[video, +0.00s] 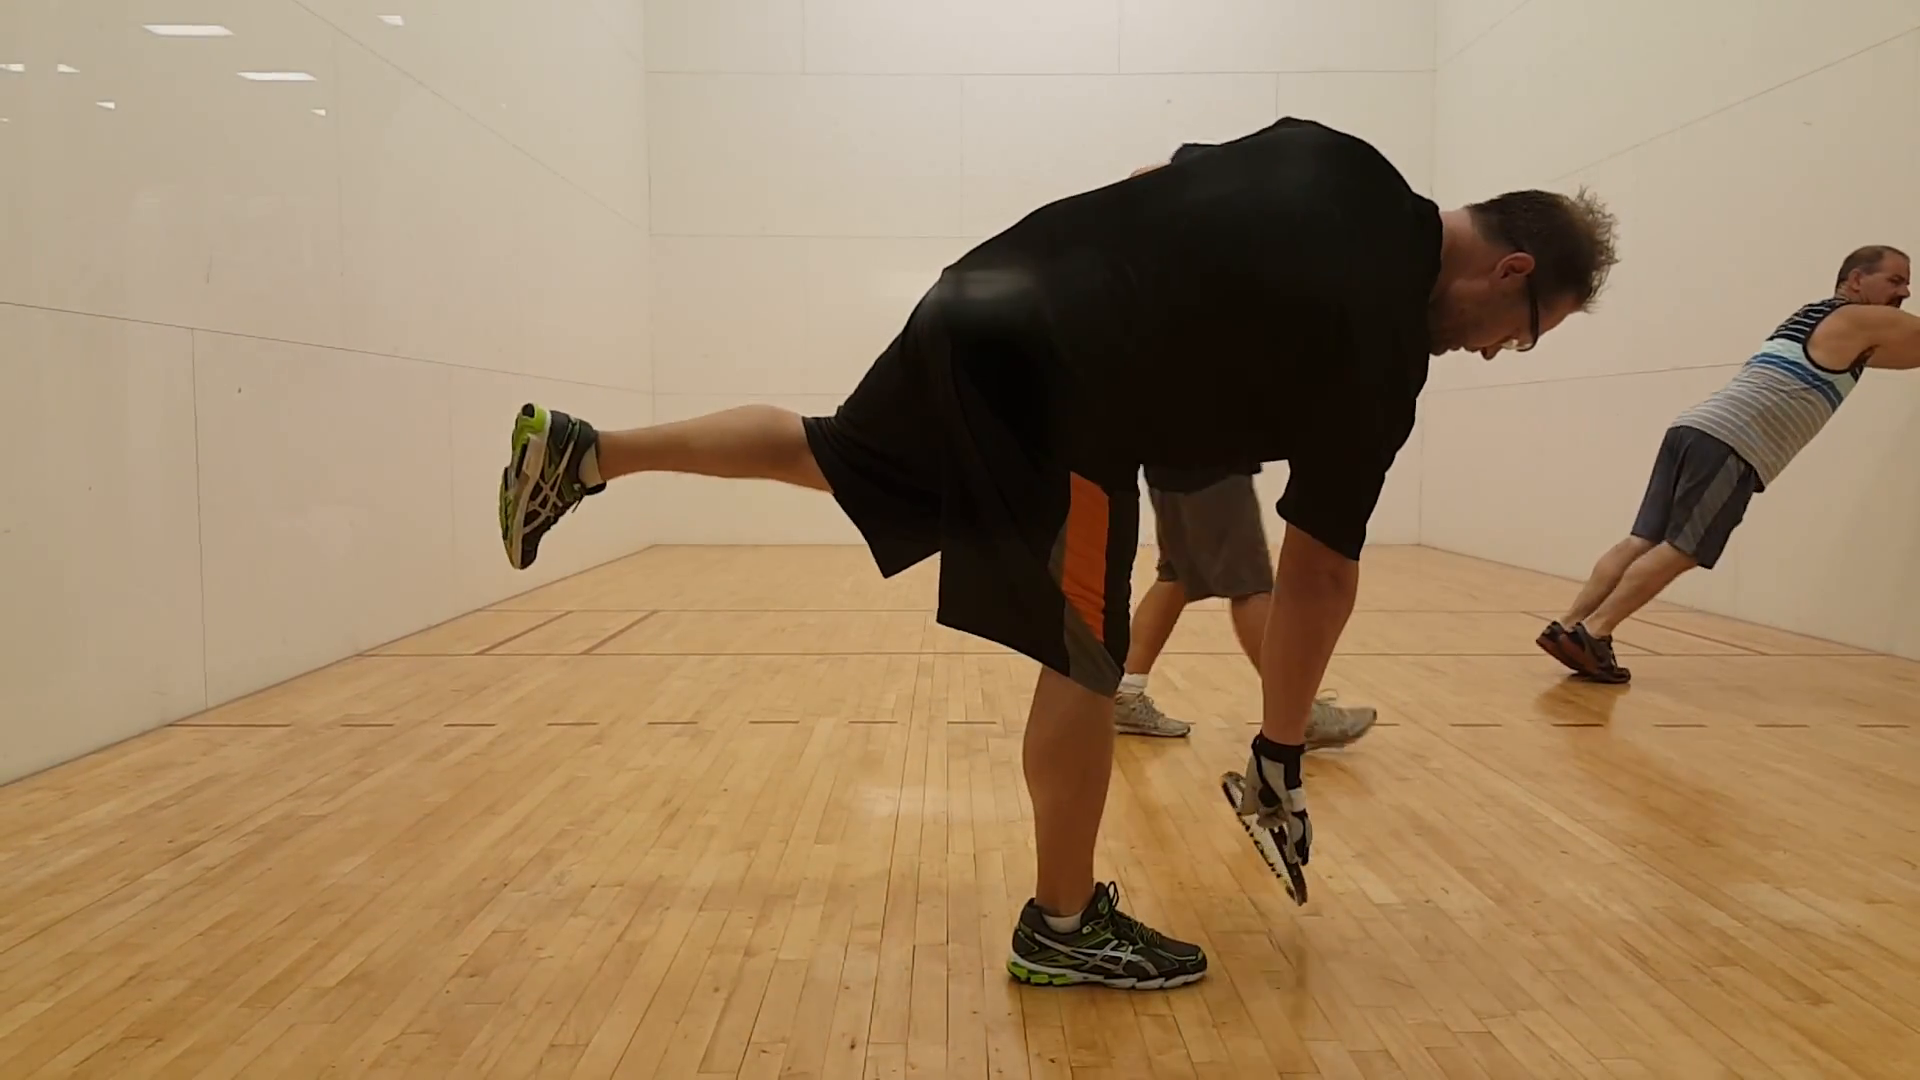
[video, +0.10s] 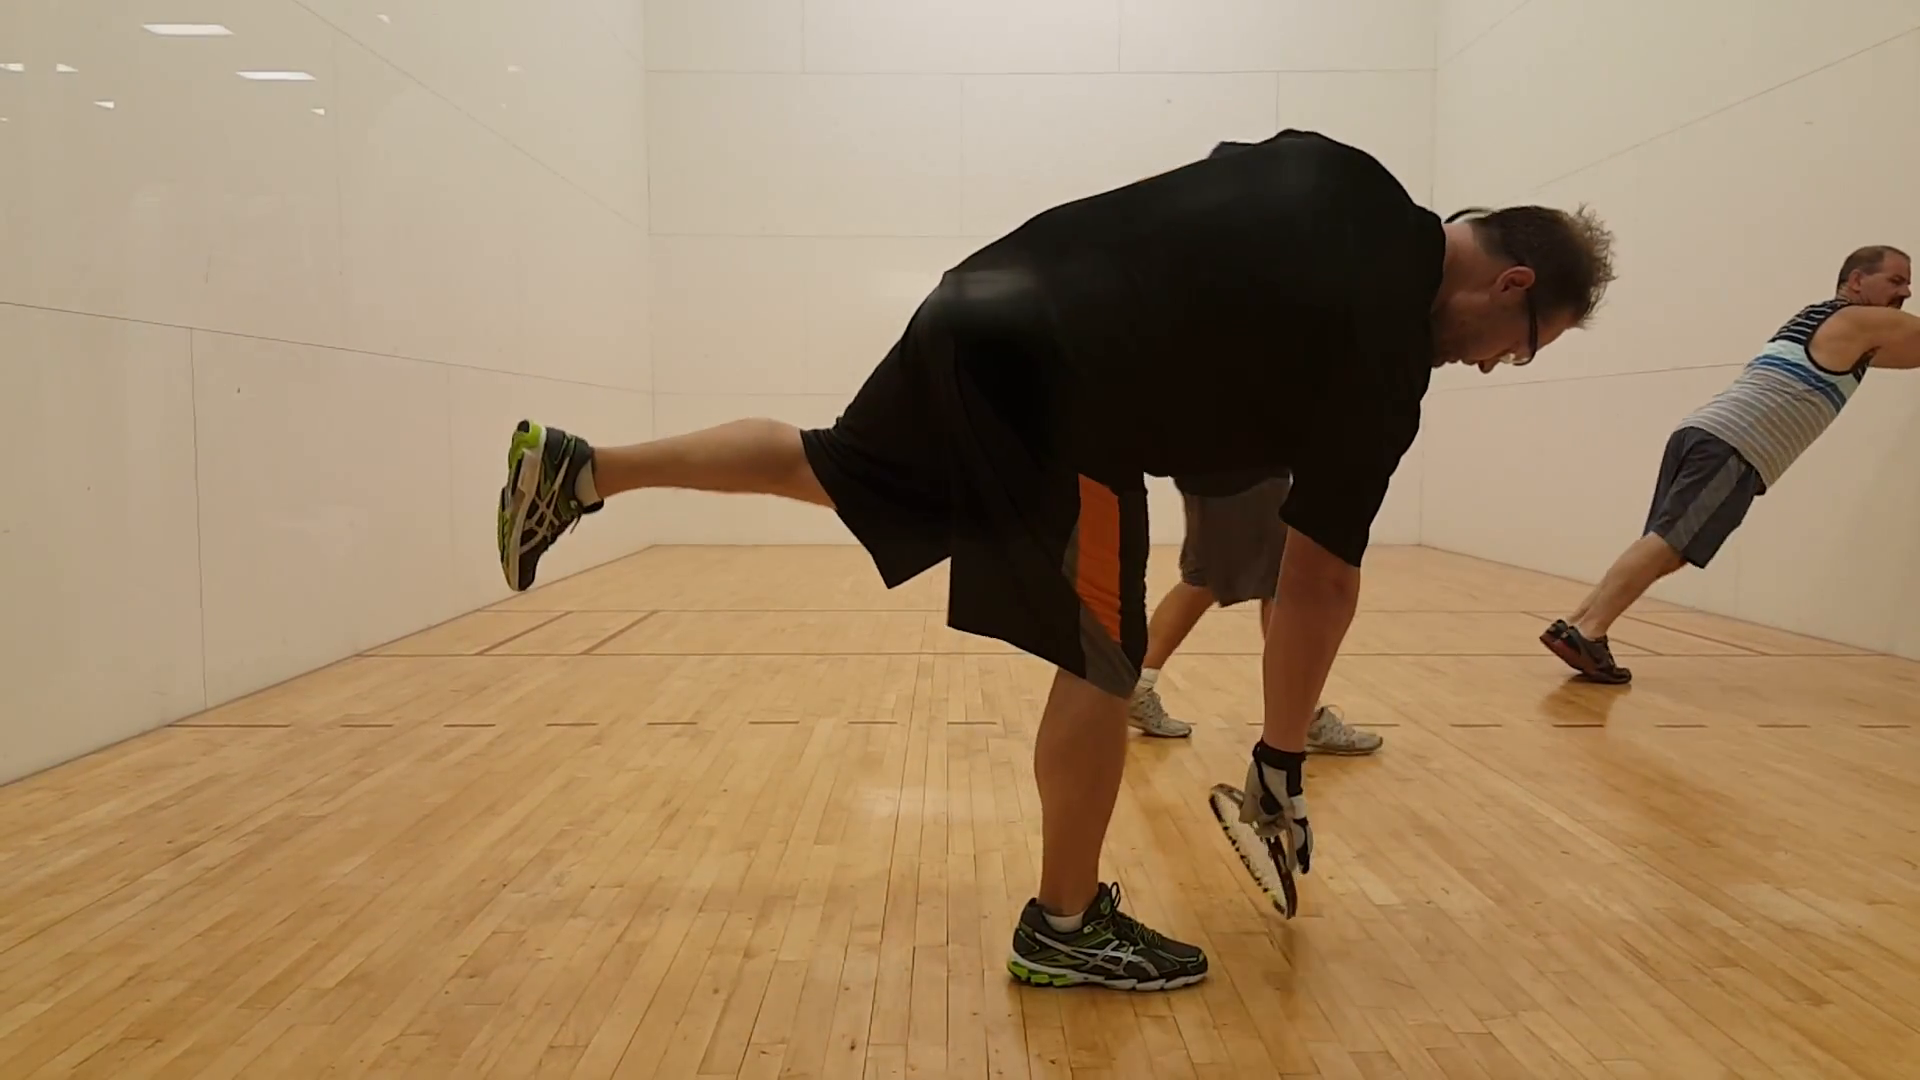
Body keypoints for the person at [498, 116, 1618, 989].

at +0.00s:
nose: (1496, 352)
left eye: (1518, 339)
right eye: (1520, 329)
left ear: (1479, 229)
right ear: (1506, 267)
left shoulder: (1329, 155)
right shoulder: (1382, 348)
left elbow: (1153, 183)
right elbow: (1314, 574)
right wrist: (1279, 753)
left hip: (982, 296)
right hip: (1067, 385)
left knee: (840, 455)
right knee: (1089, 646)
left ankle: (585, 451)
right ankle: (1063, 921)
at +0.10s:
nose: (1494, 365)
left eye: (1515, 353)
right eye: (1517, 342)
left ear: (1481, 245)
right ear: (1505, 279)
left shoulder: (1331, 168)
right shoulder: (1380, 356)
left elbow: (1189, 250)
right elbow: (1316, 585)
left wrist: (1231, 508)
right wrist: (1281, 757)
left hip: (978, 302)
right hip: (1064, 391)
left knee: (843, 466)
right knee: (1103, 658)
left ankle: (584, 468)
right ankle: (1064, 923)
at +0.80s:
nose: (1487, 449)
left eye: (1511, 434)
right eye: (1508, 429)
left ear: (1477, 315)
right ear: (1493, 377)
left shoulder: (1352, 237)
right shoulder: (1384, 436)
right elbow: (1319, 648)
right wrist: (1289, 824)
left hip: (1009, 278)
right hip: (1080, 386)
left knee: (790, 396)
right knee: (1081, 660)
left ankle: (522, 405)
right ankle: (1063, 924)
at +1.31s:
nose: (1471, 509)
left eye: (1492, 499)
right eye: (1490, 492)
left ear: (1475, 392)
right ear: (1483, 441)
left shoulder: (1368, 287)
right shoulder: (1374, 489)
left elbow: (1205, 265)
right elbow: (1319, 690)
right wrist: (1294, 878)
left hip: (1033, 264)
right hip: (1083, 388)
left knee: (787, 332)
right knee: (1075, 655)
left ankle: (511, 275)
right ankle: (1063, 921)